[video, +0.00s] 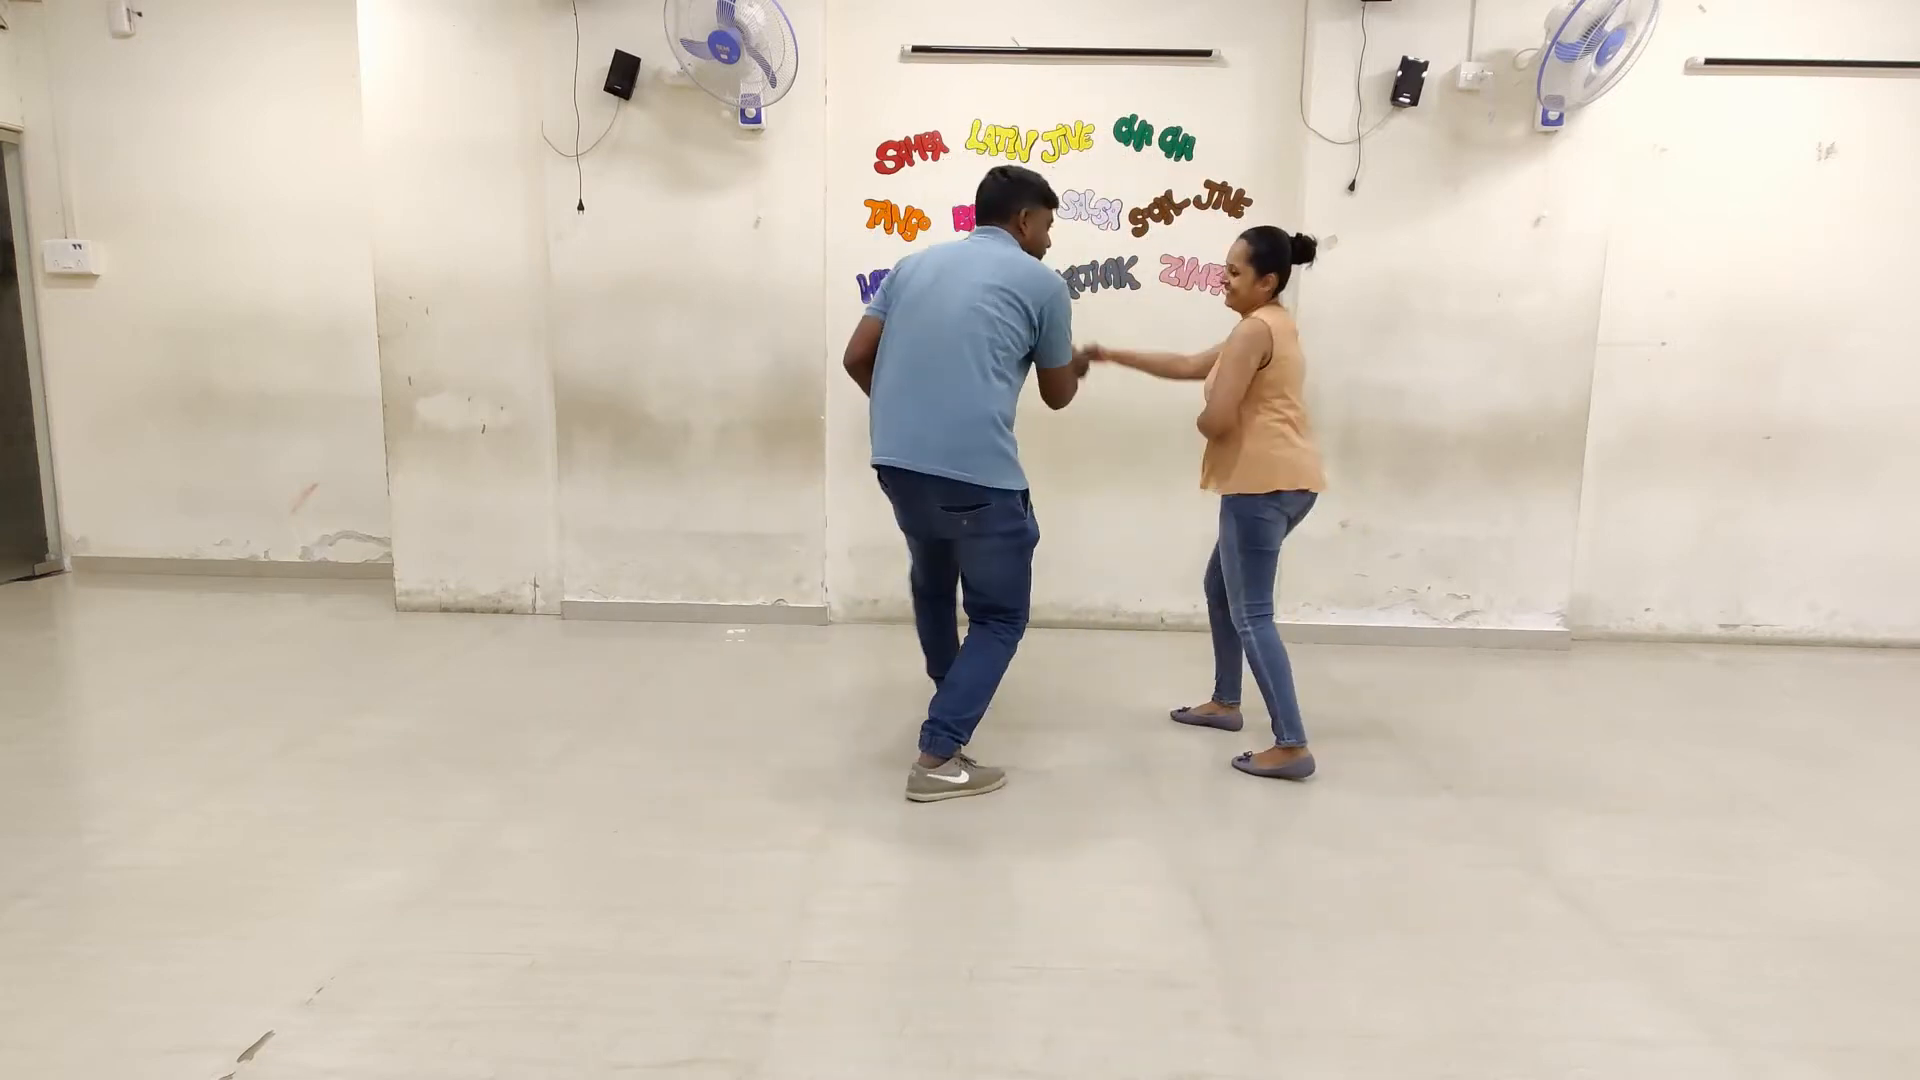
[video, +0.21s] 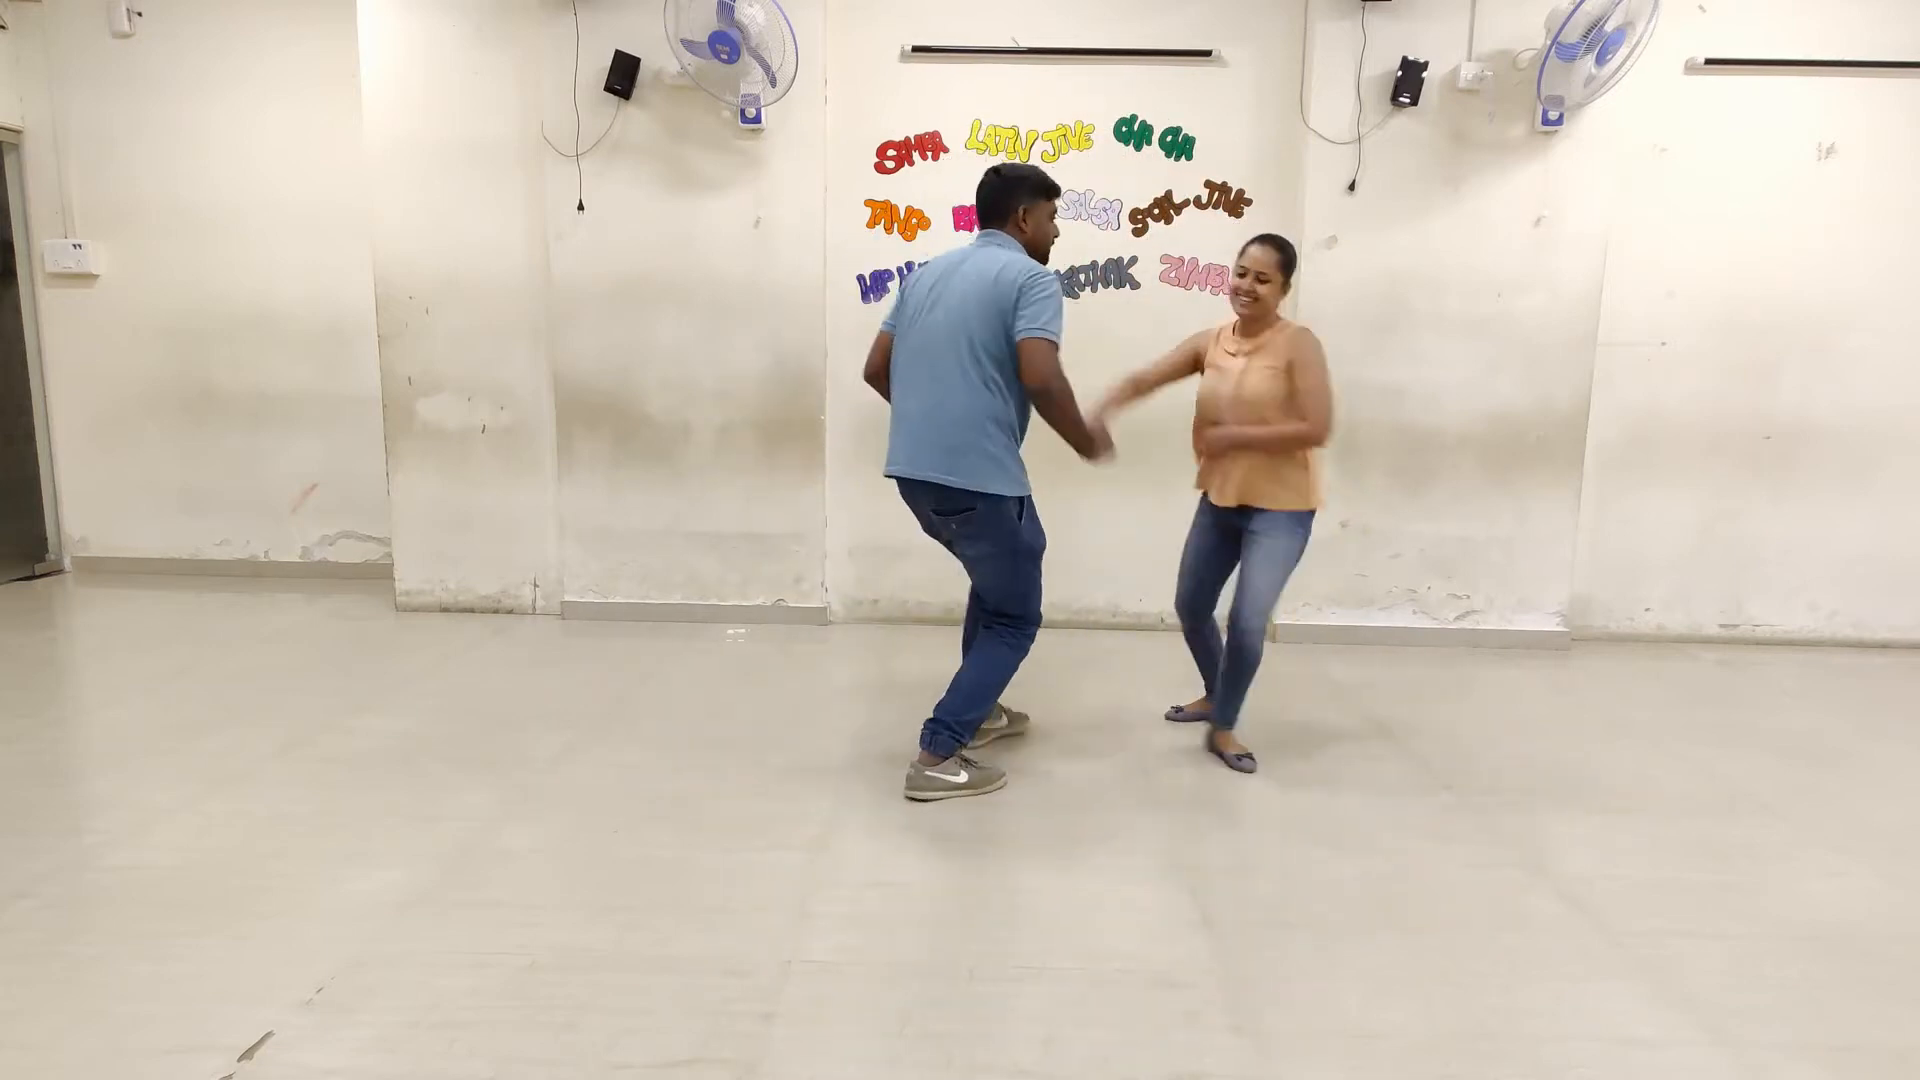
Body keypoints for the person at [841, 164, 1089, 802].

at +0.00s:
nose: (1050, 236)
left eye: (1050, 223)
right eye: (1046, 222)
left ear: (985, 216)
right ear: (1021, 217)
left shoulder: (916, 263)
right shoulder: (1042, 283)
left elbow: (858, 357)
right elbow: (1057, 393)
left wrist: (902, 405)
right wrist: (1078, 361)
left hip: (897, 459)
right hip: (977, 466)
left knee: (932, 572)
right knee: (998, 618)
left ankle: (947, 701)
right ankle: (939, 756)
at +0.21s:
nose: (1055, 232)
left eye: (1055, 218)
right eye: (1051, 218)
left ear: (993, 219)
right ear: (1024, 217)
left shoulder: (927, 273)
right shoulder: (1031, 277)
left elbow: (877, 369)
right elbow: (1040, 377)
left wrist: (936, 410)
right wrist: (1086, 439)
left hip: (913, 472)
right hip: (979, 477)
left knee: (995, 571)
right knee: (1012, 621)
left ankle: (975, 707)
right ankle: (938, 756)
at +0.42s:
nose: (1058, 201)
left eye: (1054, 189)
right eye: (1048, 190)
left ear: (1002, 198)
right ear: (1014, 197)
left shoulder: (966, 249)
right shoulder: (1008, 252)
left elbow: (968, 355)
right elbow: (1002, 348)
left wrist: (1025, 401)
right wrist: (1079, 430)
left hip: (937, 443)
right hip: (969, 448)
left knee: (1011, 578)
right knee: (1040, 588)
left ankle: (980, 709)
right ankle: (954, 734)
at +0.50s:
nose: (1059, 184)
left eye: (1055, 172)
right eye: (1046, 173)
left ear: (1006, 184)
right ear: (1008, 183)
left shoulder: (982, 235)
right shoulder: (999, 237)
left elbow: (976, 343)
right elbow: (991, 338)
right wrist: (1071, 415)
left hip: (953, 430)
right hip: (966, 433)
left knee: (1013, 571)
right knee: (1036, 573)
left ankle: (975, 707)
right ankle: (990, 740)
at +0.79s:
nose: (1038, 169)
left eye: (1035, 160)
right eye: (1025, 161)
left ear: (1003, 176)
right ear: (986, 174)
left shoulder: (995, 244)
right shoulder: (966, 244)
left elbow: (985, 340)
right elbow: (994, 347)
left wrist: (1025, 372)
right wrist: (1088, 385)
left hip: (977, 431)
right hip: (942, 430)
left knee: (1023, 564)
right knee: (1000, 565)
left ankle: (974, 705)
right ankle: (984, 724)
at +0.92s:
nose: (1003, 172)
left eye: (1000, 162)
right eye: (987, 165)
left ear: (967, 183)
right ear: (952, 184)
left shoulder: (968, 248)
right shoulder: (945, 251)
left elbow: (974, 335)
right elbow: (1013, 340)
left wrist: (1011, 357)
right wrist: (1107, 372)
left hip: (971, 441)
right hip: (926, 442)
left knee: (1017, 566)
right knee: (967, 575)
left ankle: (974, 703)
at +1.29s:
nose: (941, 173)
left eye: (937, 163)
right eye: (928, 165)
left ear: (901, 181)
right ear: (894, 179)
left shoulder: (896, 233)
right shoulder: (889, 244)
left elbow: (932, 264)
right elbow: (970, 327)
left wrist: (964, 273)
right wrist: (1070, 350)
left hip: (890, 438)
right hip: (851, 442)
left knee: (938, 560)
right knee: (871, 578)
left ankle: (995, 691)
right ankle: (822, 692)